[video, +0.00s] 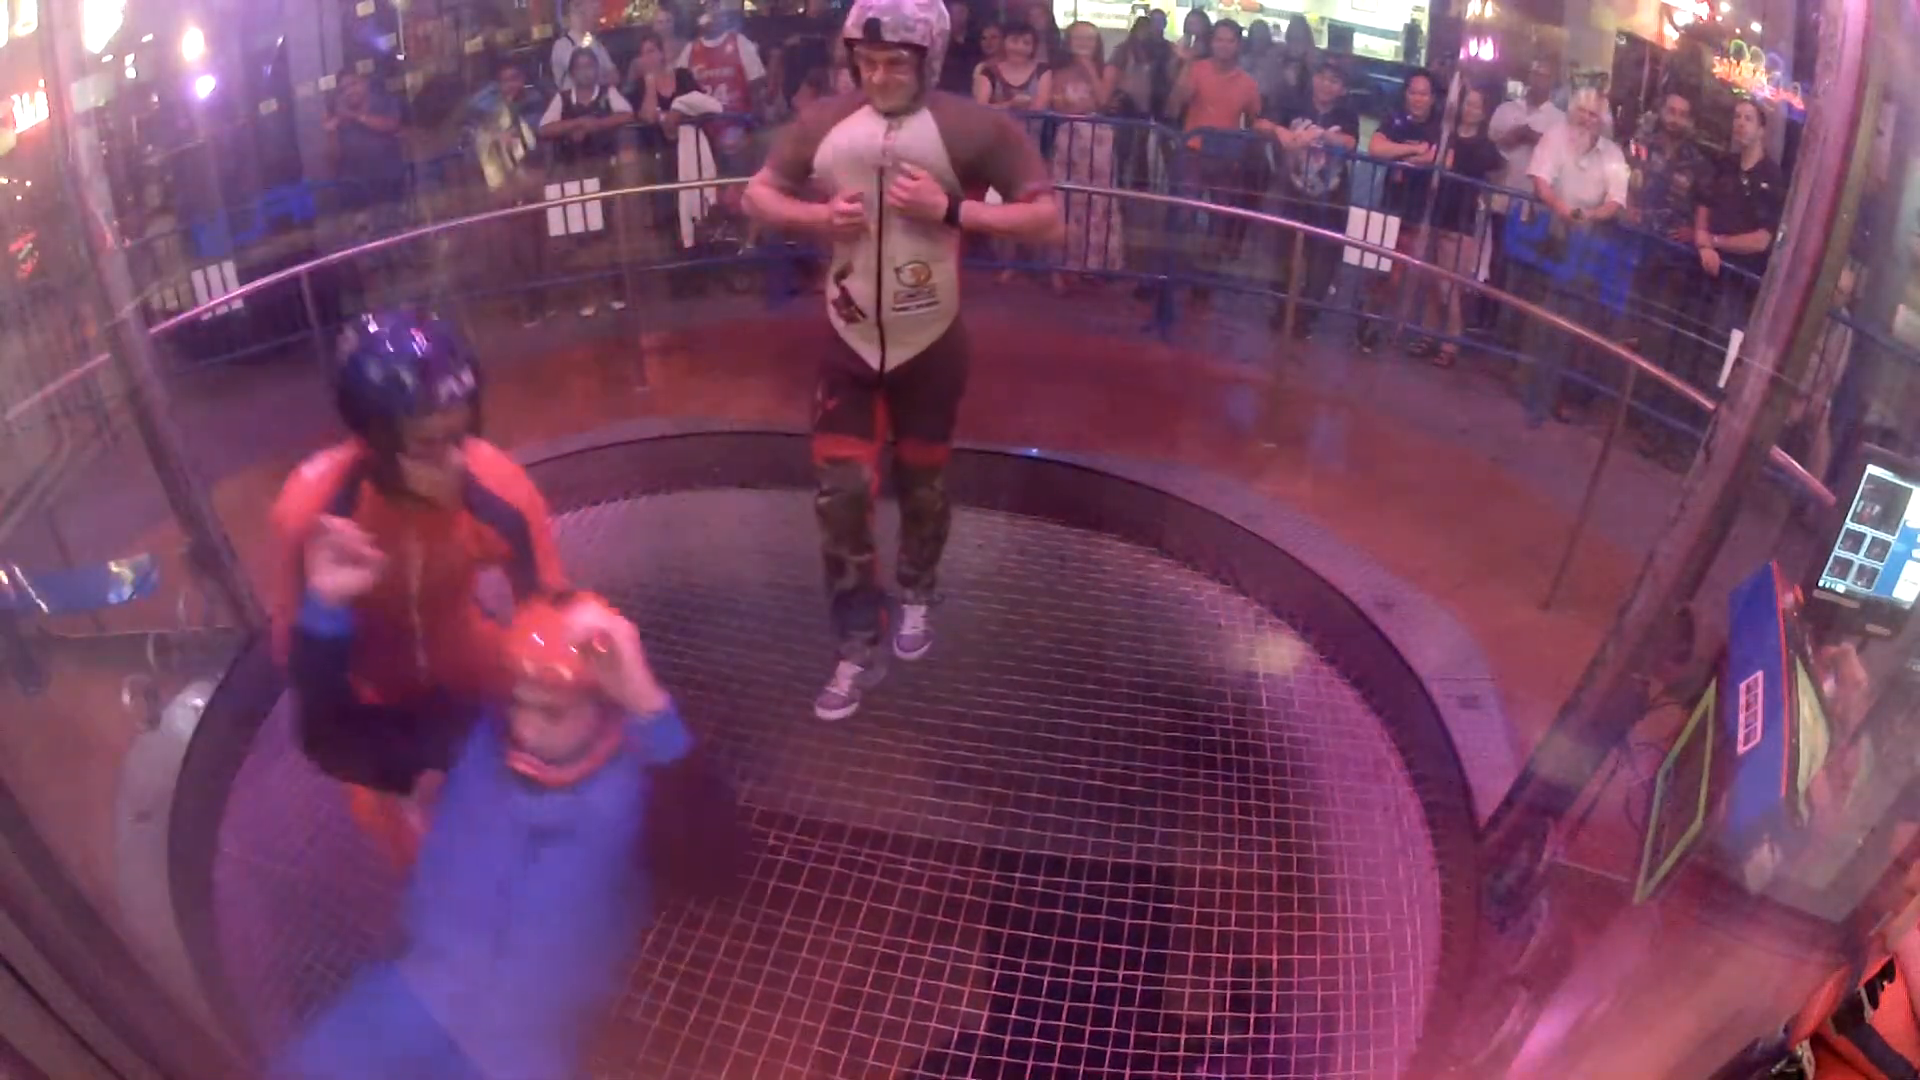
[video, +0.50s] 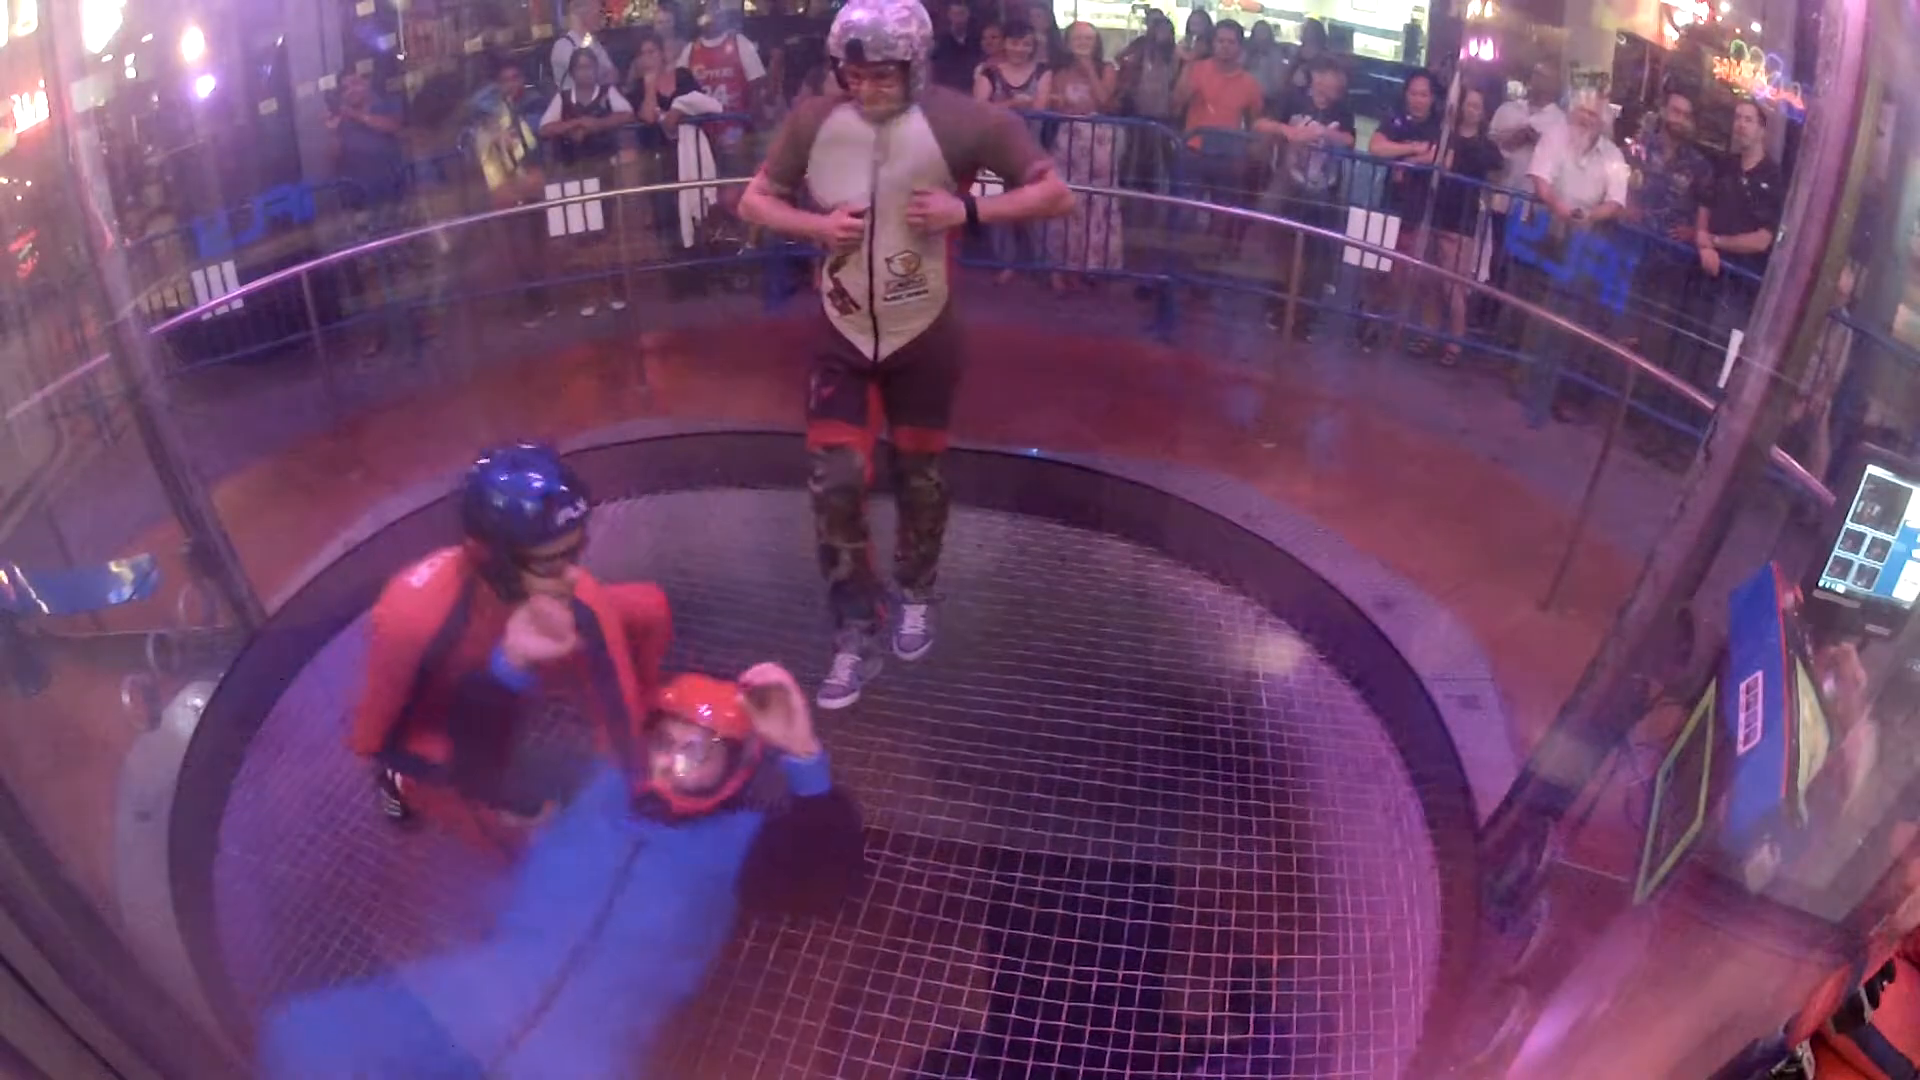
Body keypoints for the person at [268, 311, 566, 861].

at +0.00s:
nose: (449, 461)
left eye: (458, 436)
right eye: (425, 445)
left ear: (472, 419)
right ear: (375, 438)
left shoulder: (502, 490)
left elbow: (551, 623)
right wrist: (412, 774)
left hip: (478, 685)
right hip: (379, 702)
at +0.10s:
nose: (478, 502)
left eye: (486, 479)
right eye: (454, 490)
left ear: (500, 460)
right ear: (404, 481)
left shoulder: (529, 532)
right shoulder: (341, 539)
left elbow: (568, 660)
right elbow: (332, 696)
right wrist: (380, 620)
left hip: (496, 704)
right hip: (396, 722)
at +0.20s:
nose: (512, 534)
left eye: (518, 509)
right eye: (486, 520)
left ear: (526, 489)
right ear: (434, 513)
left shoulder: (546, 554)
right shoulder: (360, 566)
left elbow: (591, 679)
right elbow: (347, 709)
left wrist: (642, 668)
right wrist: (411, 648)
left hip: (494, 676)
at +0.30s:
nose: (532, 551)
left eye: (538, 529)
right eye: (507, 540)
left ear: (548, 512)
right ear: (453, 532)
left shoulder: (559, 574)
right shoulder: (380, 583)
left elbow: (602, 686)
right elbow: (348, 711)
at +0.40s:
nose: (551, 569)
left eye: (556, 544)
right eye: (526, 557)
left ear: (563, 527)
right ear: (470, 548)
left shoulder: (568, 592)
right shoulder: (399, 599)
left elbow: (610, 717)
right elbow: (363, 735)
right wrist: (483, 805)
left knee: (651, 632)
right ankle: (397, 782)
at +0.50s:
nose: (570, 575)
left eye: (573, 554)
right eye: (547, 565)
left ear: (582, 534)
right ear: (491, 557)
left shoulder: (578, 598)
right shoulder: (420, 608)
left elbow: (618, 709)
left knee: (649, 605)